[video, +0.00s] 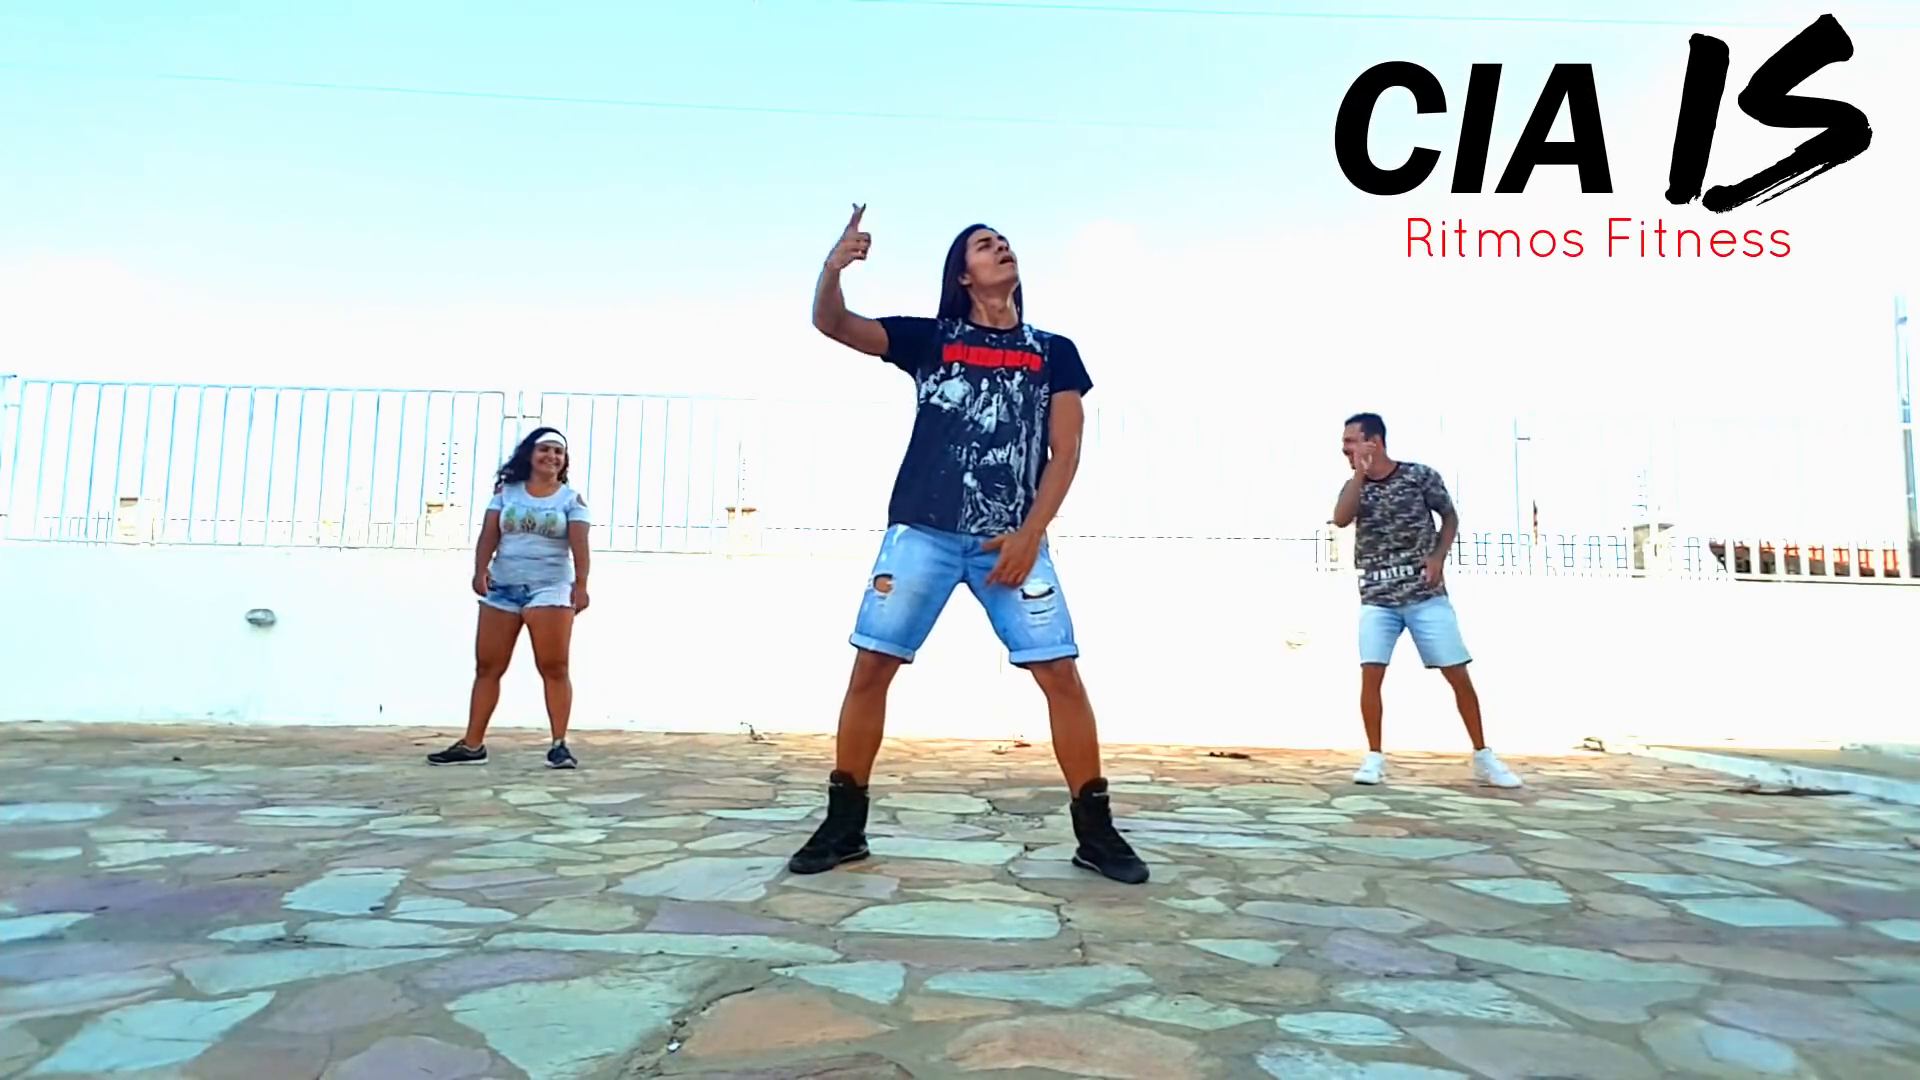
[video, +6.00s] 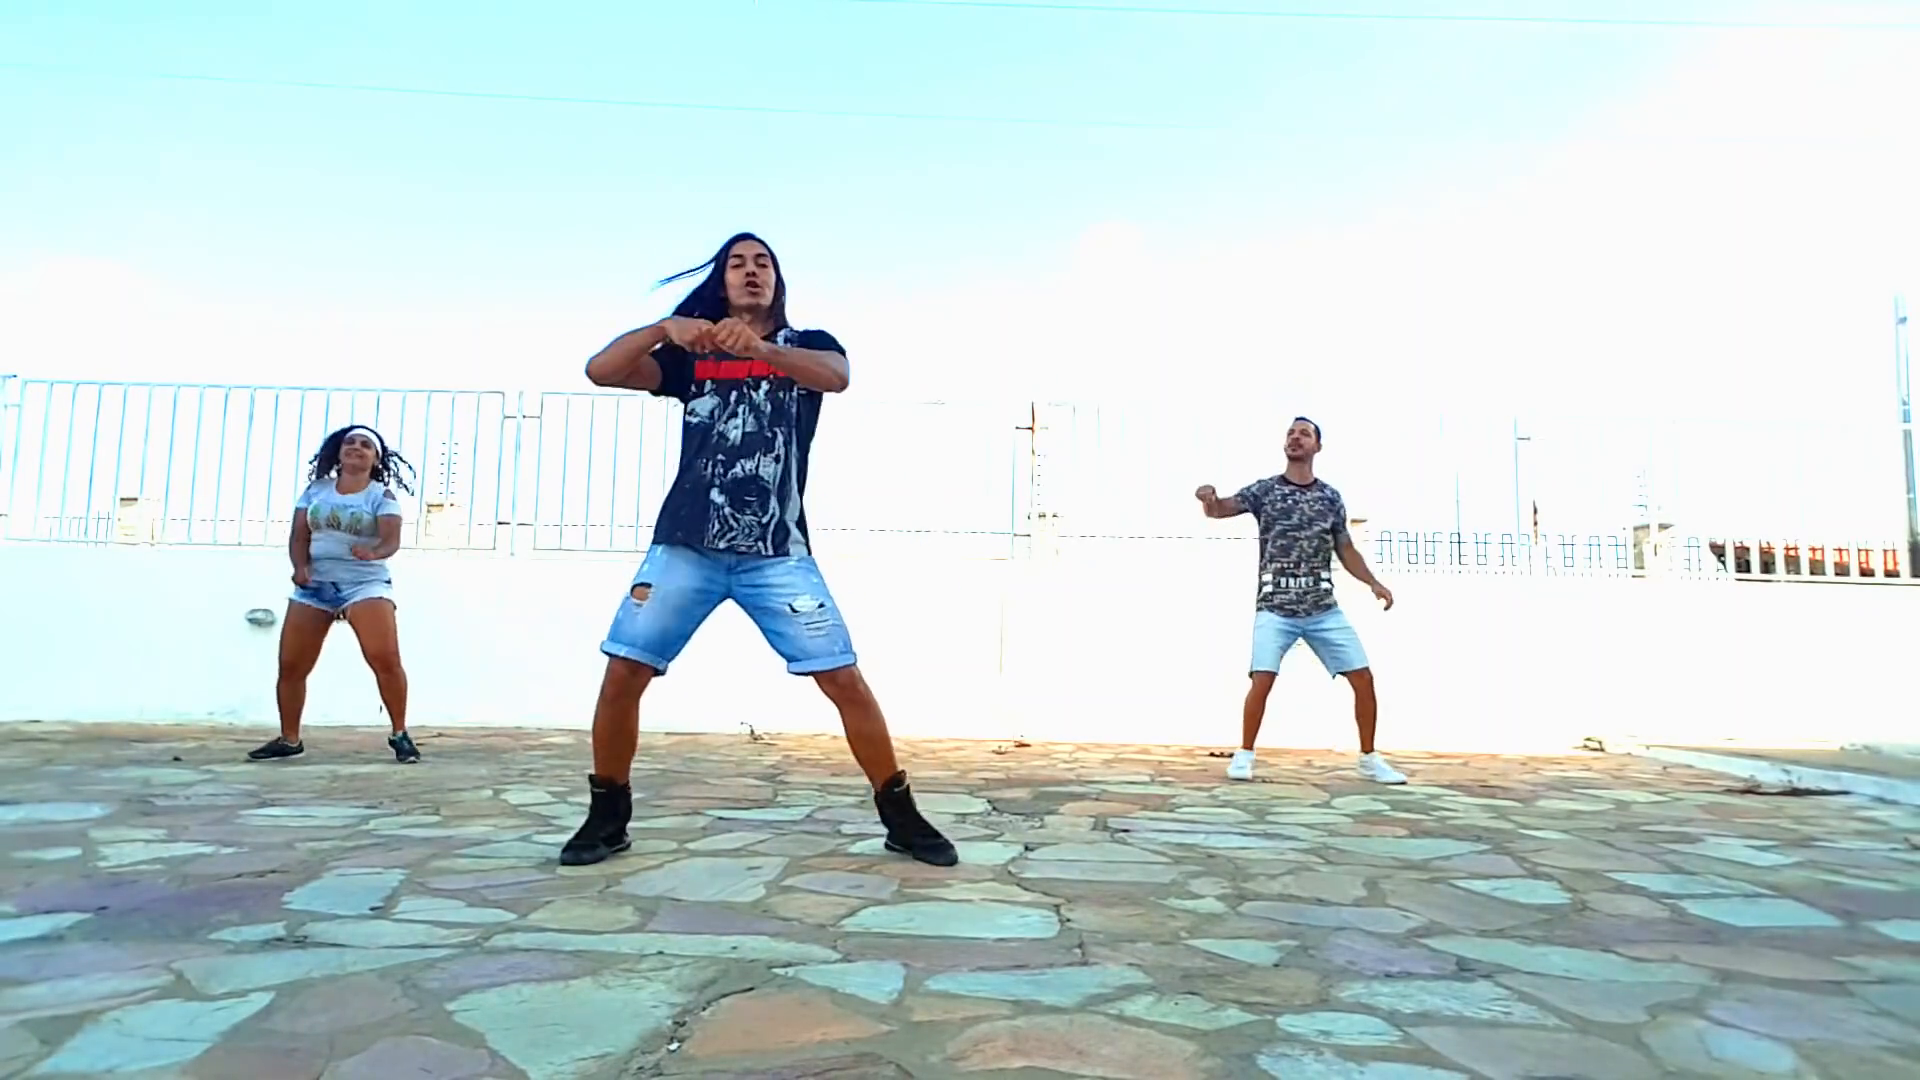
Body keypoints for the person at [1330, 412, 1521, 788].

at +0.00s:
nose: (1346, 449)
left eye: (1351, 442)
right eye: (1345, 443)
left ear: (1375, 443)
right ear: (1360, 447)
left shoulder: (1421, 477)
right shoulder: (1355, 487)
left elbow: (1450, 518)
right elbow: (1341, 519)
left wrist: (1438, 558)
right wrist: (1359, 473)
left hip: (1426, 595)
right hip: (1377, 600)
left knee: (1458, 675)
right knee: (1370, 676)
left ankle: (1482, 755)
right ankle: (1374, 756)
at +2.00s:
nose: (1457, 440)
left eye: (1462, 435)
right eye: (1449, 434)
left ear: (1470, 444)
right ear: (1435, 443)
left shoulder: (1478, 494)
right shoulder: (1414, 487)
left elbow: (1490, 545)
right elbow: (1390, 532)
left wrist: (1486, 510)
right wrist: (1368, 574)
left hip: (1466, 604)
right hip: (1419, 603)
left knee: (1498, 673)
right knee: (1398, 673)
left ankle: (1484, 759)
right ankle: (1372, 755)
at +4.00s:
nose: (1429, 424)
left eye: (1436, 419)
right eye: (1422, 419)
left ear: (1450, 428)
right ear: (1414, 430)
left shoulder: (1468, 480)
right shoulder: (1398, 479)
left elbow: (1481, 534)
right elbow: (1382, 532)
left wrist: (1490, 585)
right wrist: (1396, 571)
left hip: (1459, 598)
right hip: (1410, 596)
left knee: (1480, 674)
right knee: (1389, 673)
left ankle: (1485, 758)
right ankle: (1370, 755)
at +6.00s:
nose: (1296, 437)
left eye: (1305, 433)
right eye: (1291, 432)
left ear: (1317, 447)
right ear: (1284, 444)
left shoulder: (1330, 498)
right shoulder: (1265, 490)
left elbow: (1346, 549)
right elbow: (1219, 510)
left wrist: (1373, 583)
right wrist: (1209, 499)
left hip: (1322, 609)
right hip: (1275, 608)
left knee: (1362, 676)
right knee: (1263, 677)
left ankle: (1369, 757)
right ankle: (1245, 754)